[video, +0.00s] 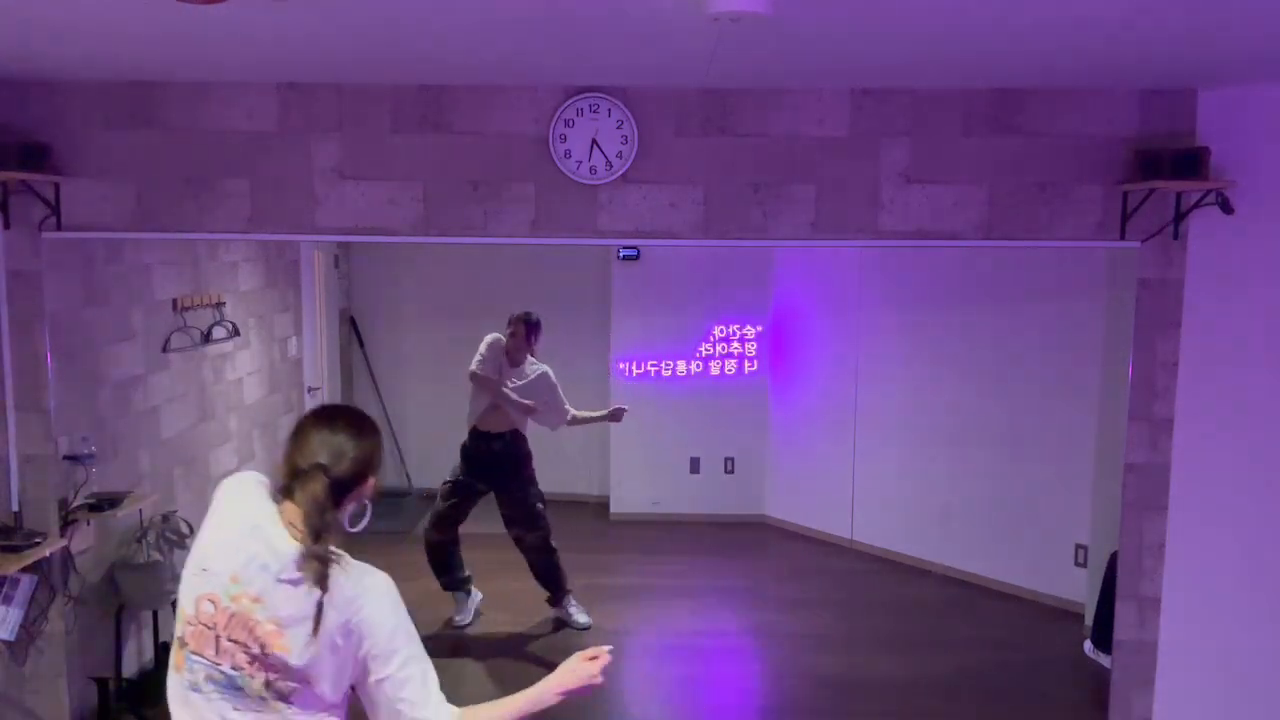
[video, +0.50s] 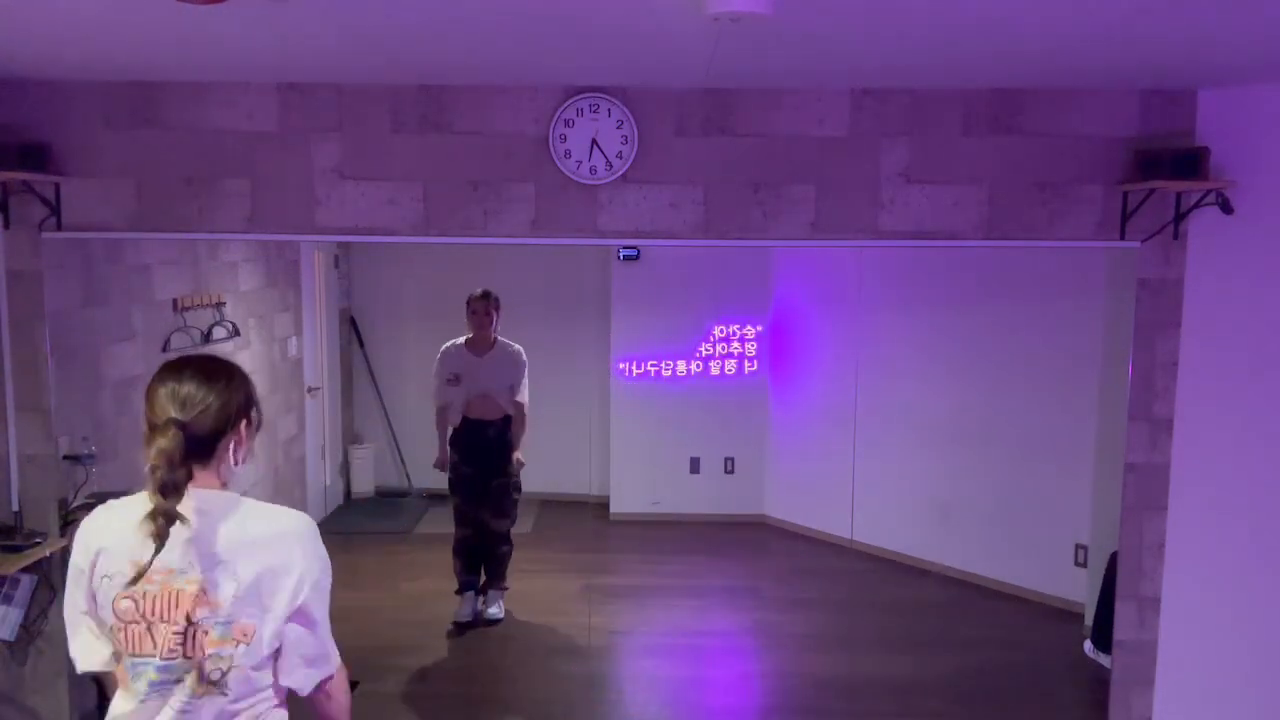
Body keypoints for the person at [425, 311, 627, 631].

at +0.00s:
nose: (508, 339)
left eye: (515, 335)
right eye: (508, 333)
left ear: (532, 340)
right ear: (505, 333)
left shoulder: (541, 375)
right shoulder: (494, 344)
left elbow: (565, 416)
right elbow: (478, 375)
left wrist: (604, 415)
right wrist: (514, 402)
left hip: (512, 452)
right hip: (476, 450)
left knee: (531, 530)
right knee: (439, 527)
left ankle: (563, 600)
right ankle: (464, 595)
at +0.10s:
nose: (496, 332)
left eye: (503, 327)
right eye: (494, 325)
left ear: (517, 331)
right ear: (490, 326)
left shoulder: (530, 360)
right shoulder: (478, 340)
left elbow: (558, 400)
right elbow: (456, 375)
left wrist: (587, 420)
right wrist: (485, 411)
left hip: (509, 444)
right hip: (472, 442)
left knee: (516, 523)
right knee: (455, 525)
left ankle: (530, 598)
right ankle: (464, 596)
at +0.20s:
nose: (488, 321)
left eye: (494, 316)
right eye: (484, 315)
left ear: (507, 319)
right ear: (479, 317)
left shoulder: (523, 349)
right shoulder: (467, 339)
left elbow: (546, 392)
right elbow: (442, 382)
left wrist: (564, 432)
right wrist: (459, 427)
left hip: (506, 438)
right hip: (469, 436)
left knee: (504, 520)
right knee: (465, 520)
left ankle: (504, 596)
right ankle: (468, 597)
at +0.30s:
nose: (483, 318)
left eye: (489, 313)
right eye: (479, 312)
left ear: (502, 315)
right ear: (473, 315)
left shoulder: (519, 349)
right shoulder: (457, 344)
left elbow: (533, 398)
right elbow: (441, 391)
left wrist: (541, 445)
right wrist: (442, 438)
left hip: (504, 438)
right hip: (467, 436)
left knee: (500, 518)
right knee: (468, 517)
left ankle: (494, 592)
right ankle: (467, 593)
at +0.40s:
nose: (481, 319)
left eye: (487, 313)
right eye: (476, 313)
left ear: (499, 316)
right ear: (469, 316)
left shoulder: (515, 355)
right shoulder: (452, 352)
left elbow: (522, 410)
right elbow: (446, 407)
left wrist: (526, 456)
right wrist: (439, 453)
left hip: (505, 442)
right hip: (467, 441)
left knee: (501, 520)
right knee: (468, 520)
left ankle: (495, 594)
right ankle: (467, 595)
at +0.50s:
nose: (480, 319)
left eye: (486, 314)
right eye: (474, 314)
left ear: (497, 317)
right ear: (467, 317)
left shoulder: (514, 355)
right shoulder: (451, 354)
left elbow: (521, 406)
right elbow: (442, 405)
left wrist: (515, 448)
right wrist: (442, 448)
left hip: (502, 439)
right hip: (466, 438)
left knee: (498, 519)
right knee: (465, 519)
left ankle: (494, 595)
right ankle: (467, 595)